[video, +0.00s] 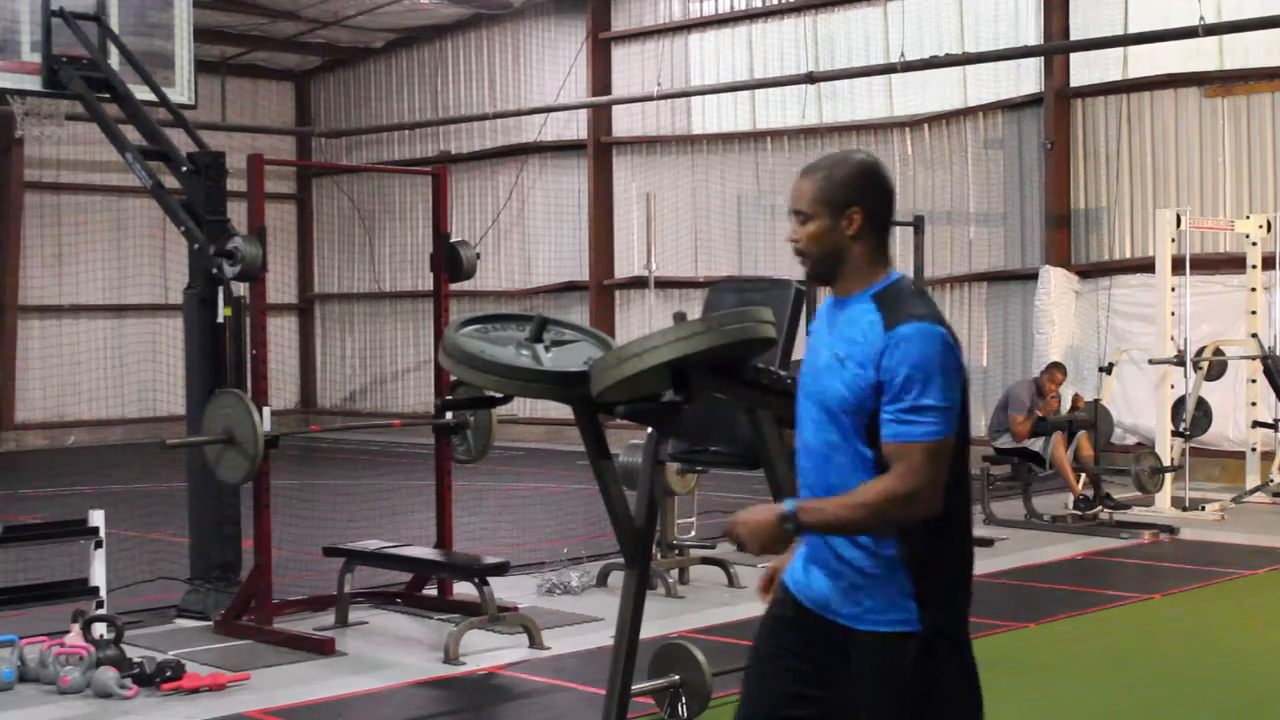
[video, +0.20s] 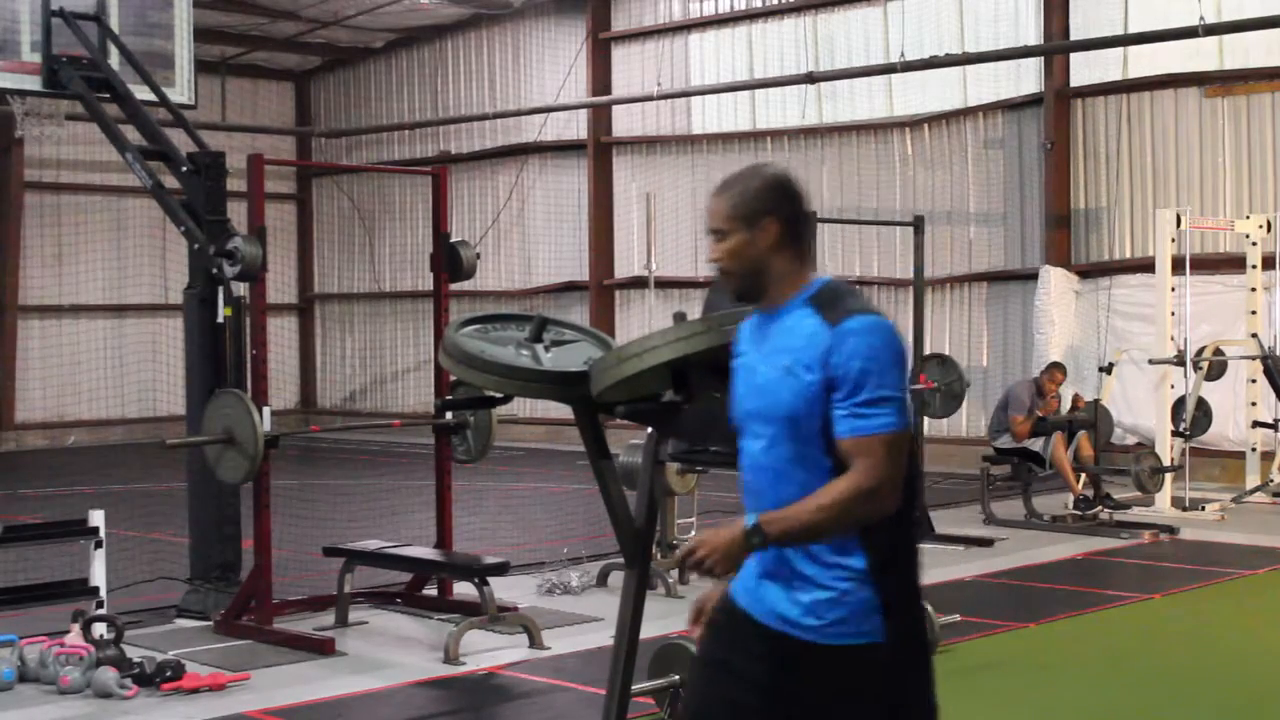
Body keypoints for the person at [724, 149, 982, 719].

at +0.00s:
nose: (791, 236)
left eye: (803, 219)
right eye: (793, 219)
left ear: (852, 223)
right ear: (845, 226)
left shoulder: (915, 338)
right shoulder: (829, 314)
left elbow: (916, 491)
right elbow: (840, 458)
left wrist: (785, 517)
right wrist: (800, 551)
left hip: (892, 626)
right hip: (809, 605)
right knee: (764, 711)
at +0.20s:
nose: (712, 255)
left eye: (721, 236)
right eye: (712, 238)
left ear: (770, 232)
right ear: (766, 234)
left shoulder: (857, 333)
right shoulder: (752, 335)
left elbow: (878, 484)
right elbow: (783, 480)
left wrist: (750, 536)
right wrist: (734, 584)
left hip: (850, 629)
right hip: (759, 613)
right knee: (705, 709)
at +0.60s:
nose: (471, 280)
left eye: (473, 264)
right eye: (469, 266)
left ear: (507, 258)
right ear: (518, 259)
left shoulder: (598, 330)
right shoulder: (545, 341)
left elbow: (668, 457)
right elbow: (585, 501)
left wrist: (578, 566)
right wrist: (545, 627)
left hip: (647, 638)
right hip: (579, 634)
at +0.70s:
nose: (454, 263)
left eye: (454, 246)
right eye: (454, 248)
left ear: (474, 240)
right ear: (529, 234)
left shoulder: (553, 316)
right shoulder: (523, 323)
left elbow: (607, 449)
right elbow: (564, 497)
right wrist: (508, 606)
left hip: (588, 627)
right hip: (551, 624)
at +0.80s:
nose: (441, 243)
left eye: (442, 229)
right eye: (443, 230)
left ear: (455, 228)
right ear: (520, 228)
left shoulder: (509, 309)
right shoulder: (531, 305)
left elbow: (541, 453)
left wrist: (428, 533)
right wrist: (470, 585)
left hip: (537, 613)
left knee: (433, 708)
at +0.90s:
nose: (434, 245)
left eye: (434, 228)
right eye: (440, 231)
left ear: (442, 224)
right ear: (509, 232)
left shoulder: (465, 302)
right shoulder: (539, 311)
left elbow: (472, 450)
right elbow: (534, 478)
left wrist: (357, 521)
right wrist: (448, 566)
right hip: (564, 585)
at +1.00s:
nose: (425, 220)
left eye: (426, 212)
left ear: (427, 218)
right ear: (499, 229)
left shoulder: (423, 294)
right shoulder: (538, 323)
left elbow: (402, 437)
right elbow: (546, 461)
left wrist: (302, 502)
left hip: (438, 601)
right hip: (537, 600)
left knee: (331, 711)